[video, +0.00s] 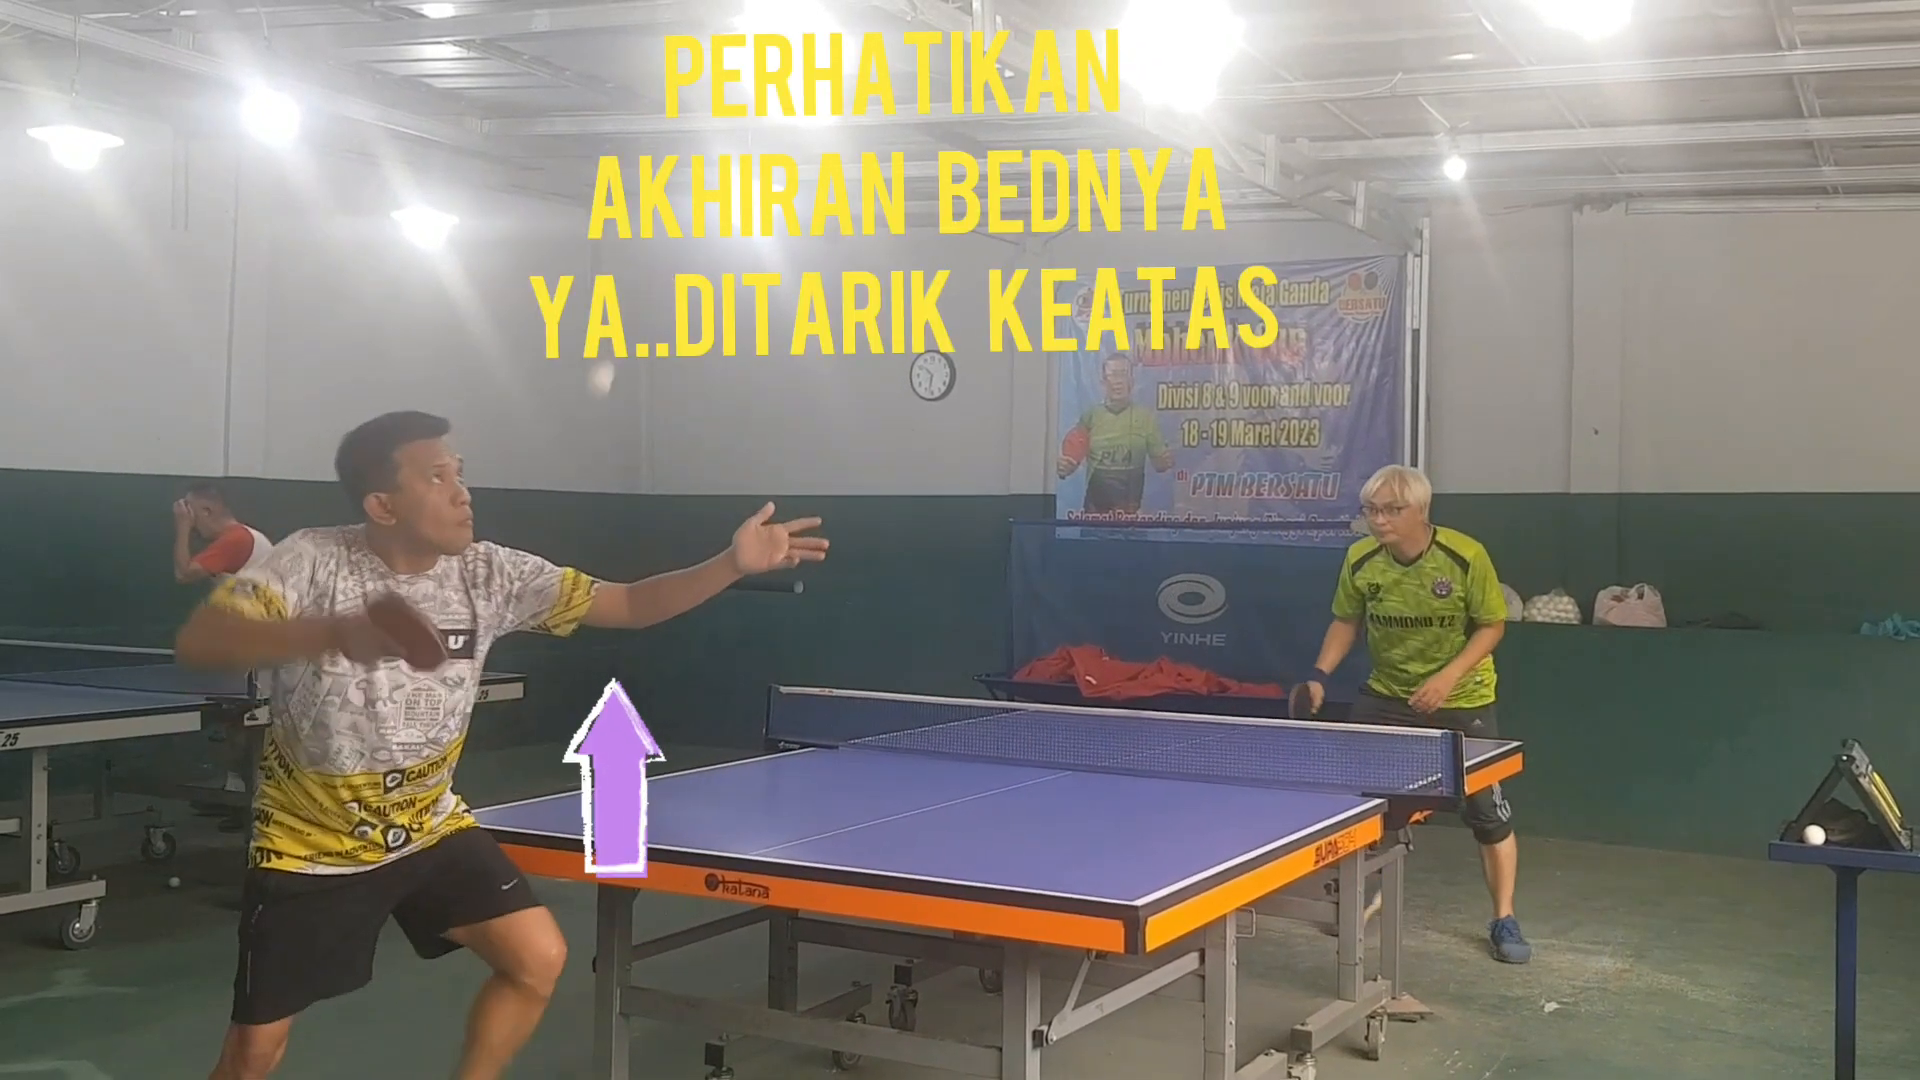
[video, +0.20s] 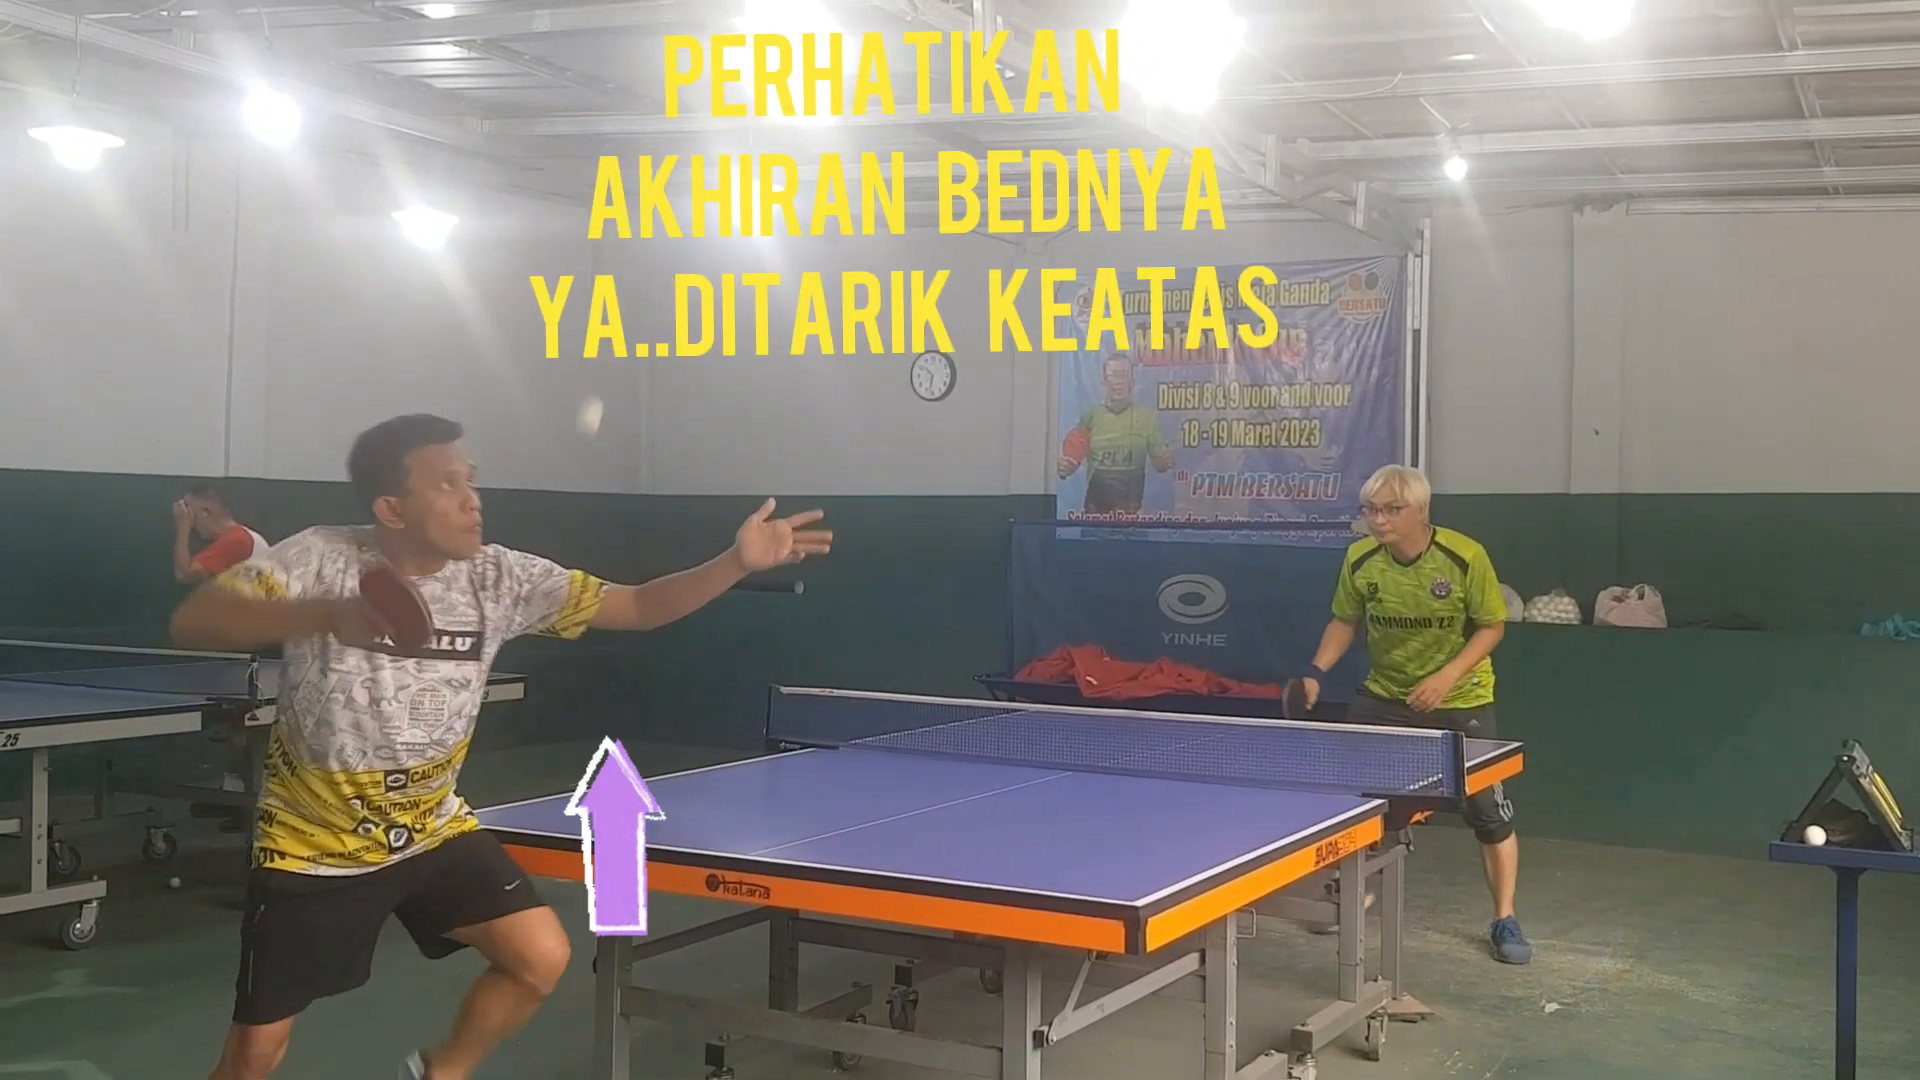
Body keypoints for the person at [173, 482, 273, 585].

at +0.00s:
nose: (193, 524)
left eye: (193, 515)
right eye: (191, 517)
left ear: (207, 512)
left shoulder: (237, 538)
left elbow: (183, 575)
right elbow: (184, 573)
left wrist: (183, 526)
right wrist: (184, 527)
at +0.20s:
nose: (192, 524)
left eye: (191, 515)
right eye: (189, 517)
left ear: (206, 513)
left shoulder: (237, 538)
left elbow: (184, 575)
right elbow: (184, 574)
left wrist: (183, 526)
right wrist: (183, 528)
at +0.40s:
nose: (189, 523)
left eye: (190, 517)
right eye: (187, 518)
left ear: (206, 514)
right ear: (207, 514)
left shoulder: (237, 538)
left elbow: (186, 575)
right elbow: (187, 575)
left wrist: (182, 529)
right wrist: (183, 530)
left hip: (257, 637)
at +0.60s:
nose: (188, 524)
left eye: (189, 518)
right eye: (187, 519)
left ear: (204, 513)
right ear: (206, 513)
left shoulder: (230, 540)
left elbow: (185, 579)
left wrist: (180, 529)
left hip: (250, 639)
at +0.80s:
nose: (186, 522)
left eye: (189, 514)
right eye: (185, 516)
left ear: (205, 510)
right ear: (201, 513)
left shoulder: (229, 539)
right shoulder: (217, 541)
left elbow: (183, 574)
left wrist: (178, 530)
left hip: (254, 634)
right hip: (237, 633)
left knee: (237, 719)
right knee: (223, 716)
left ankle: (254, 798)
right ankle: (228, 791)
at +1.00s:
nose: (182, 523)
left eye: (184, 515)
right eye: (180, 516)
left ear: (201, 510)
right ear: (202, 512)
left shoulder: (228, 539)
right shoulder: (221, 540)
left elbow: (182, 574)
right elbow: (187, 572)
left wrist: (177, 529)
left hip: (252, 635)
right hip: (238, 634)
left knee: (229, 717)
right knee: (220, 715)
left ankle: (251, 795)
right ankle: (227, 791)